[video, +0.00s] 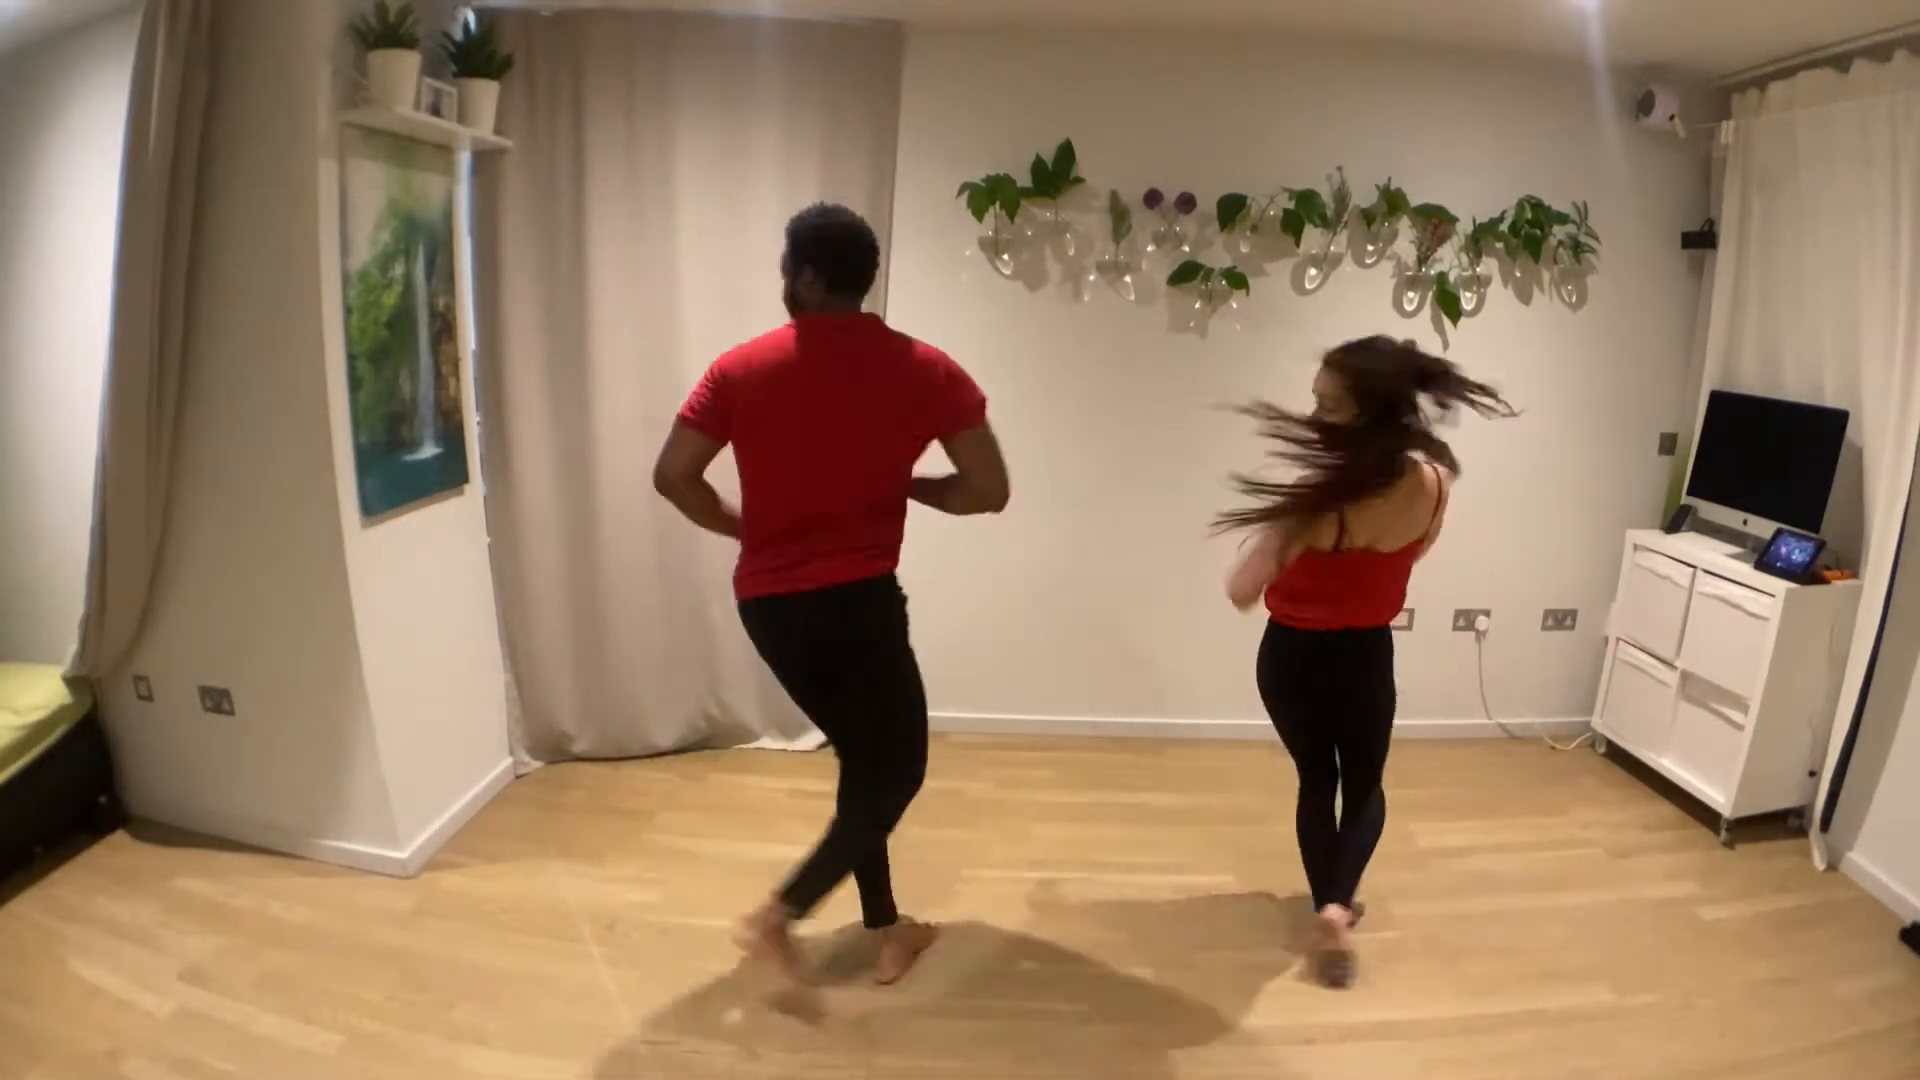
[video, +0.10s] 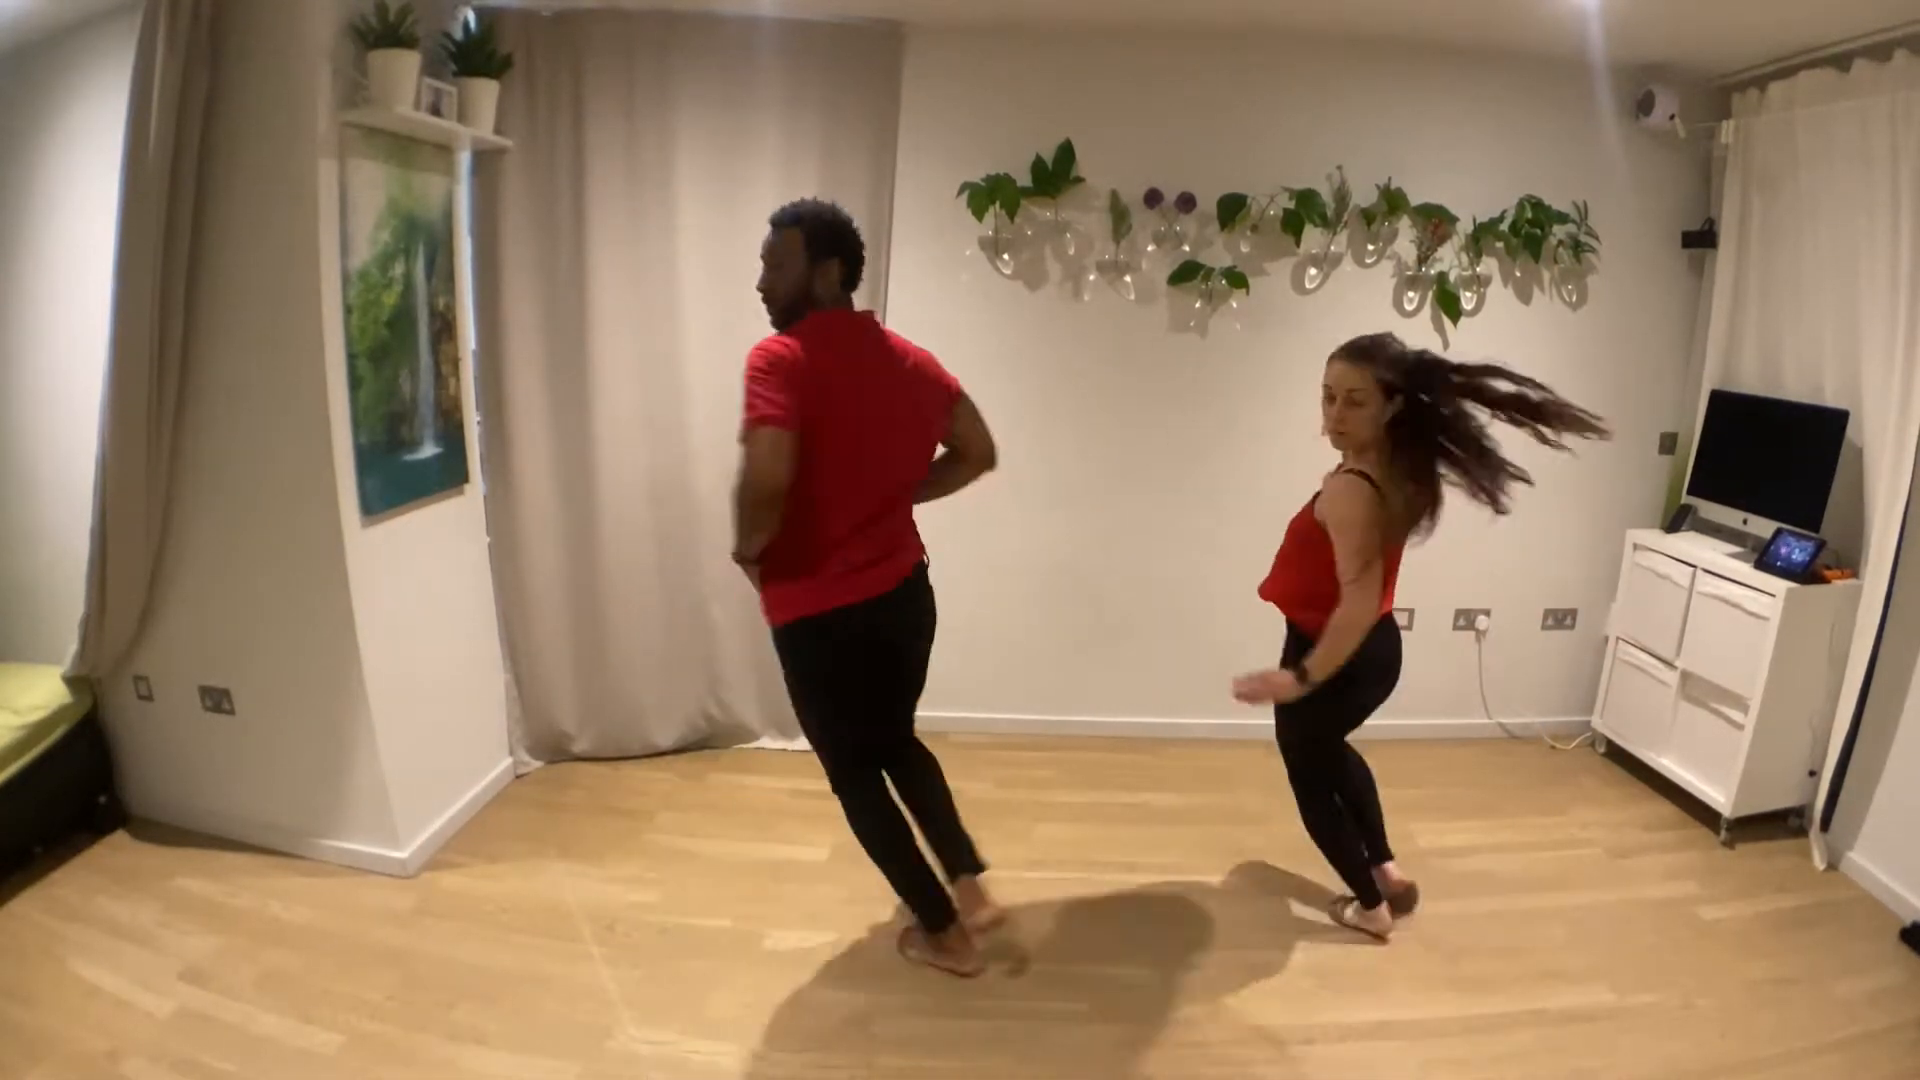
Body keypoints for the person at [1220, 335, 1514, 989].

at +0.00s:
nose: (1316, 413)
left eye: (1328, 402)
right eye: (1317, 398)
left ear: (1365, 410)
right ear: (1396, 409)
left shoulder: (1318, 493)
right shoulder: (1433, 481)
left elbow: (1242, 589)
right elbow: (1419, 548)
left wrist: (1288, 529)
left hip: (1291, 662)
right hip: (1366, 661)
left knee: (1315, 778)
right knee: (1366, 784)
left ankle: (1329, 913)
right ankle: (1337, 904)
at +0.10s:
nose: (1335, 415)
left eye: (1354, 402)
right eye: (1329, 397)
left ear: (1391, 407)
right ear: (1321, 392)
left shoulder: (1349, 492)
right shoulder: (1404, 466)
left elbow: (1362, 602)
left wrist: (1304, 676)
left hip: (1330, 655)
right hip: (1373, 649)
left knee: (1310, 778)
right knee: (1328, 744)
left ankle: (1370, 902)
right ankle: (1382, 867)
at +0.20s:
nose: (1337, 404)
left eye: (1355, 390)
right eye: (1326, 387)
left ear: (1382, 399)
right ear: (1312, 390)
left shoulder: (1366, 487)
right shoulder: (1337, 456)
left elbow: (1413, 592)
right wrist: (1300, 487)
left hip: (1364, 653)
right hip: (1334, 641)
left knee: (1324, 780)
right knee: (1282, 725)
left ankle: (1391, 887)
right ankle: (1329, 836)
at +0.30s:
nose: (1330, 395)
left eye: (1347, 382)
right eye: (1318, 378)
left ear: (1368, 391)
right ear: (1301, 382)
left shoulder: (1367, 476)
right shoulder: (1302, 447)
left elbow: (1427, 578)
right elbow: (1301, 529)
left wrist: (1489, 670)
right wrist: (1266, 491)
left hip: (1384, 640)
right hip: (1328, 631)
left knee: (1357, 782)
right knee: (1254, 726)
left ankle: (1385, 877)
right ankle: (1264, 832)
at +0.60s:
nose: (1287, 387)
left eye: (1303, 372)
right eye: (1274, 371)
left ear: (1321, 380)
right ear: (1253, 375)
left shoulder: (1325, 464)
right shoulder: (1227, 451)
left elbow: (1387, 515)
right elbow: (1192, 528)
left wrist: (1473, 577)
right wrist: (1198, 482)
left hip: (1326, 605)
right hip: (1258, 616)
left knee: (1362, 739)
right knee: (1207, 737)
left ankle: (1375, 870)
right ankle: (1147, 855)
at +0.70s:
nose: (1267, 390)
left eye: (1282, 376)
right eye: (1253, 374)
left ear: (1302, 383)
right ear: (1234, 377)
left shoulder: (1297, 463)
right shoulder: (1210, 442)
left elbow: (1339, 502)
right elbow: (1163, 524)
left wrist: (1393, 546)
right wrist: (1174, 480)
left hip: (1289, 611)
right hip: (1221, 619)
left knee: (1334, 738)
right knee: (1165, 743)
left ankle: (1367, 865)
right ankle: (1141, 857)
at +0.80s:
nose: (1249, 393)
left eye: (1265, 378)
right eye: (1237, 377)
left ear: (1285, 384)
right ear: (1218, 380)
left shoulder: (1280, 463)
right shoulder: (1192, 444)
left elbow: (1277, 493)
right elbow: (1137, 524)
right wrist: (1157, 475)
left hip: (1248, 618)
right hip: (1179, 620)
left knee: (1296, 750)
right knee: (1133, 752)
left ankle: (1354, 860)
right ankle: (1141, 858)